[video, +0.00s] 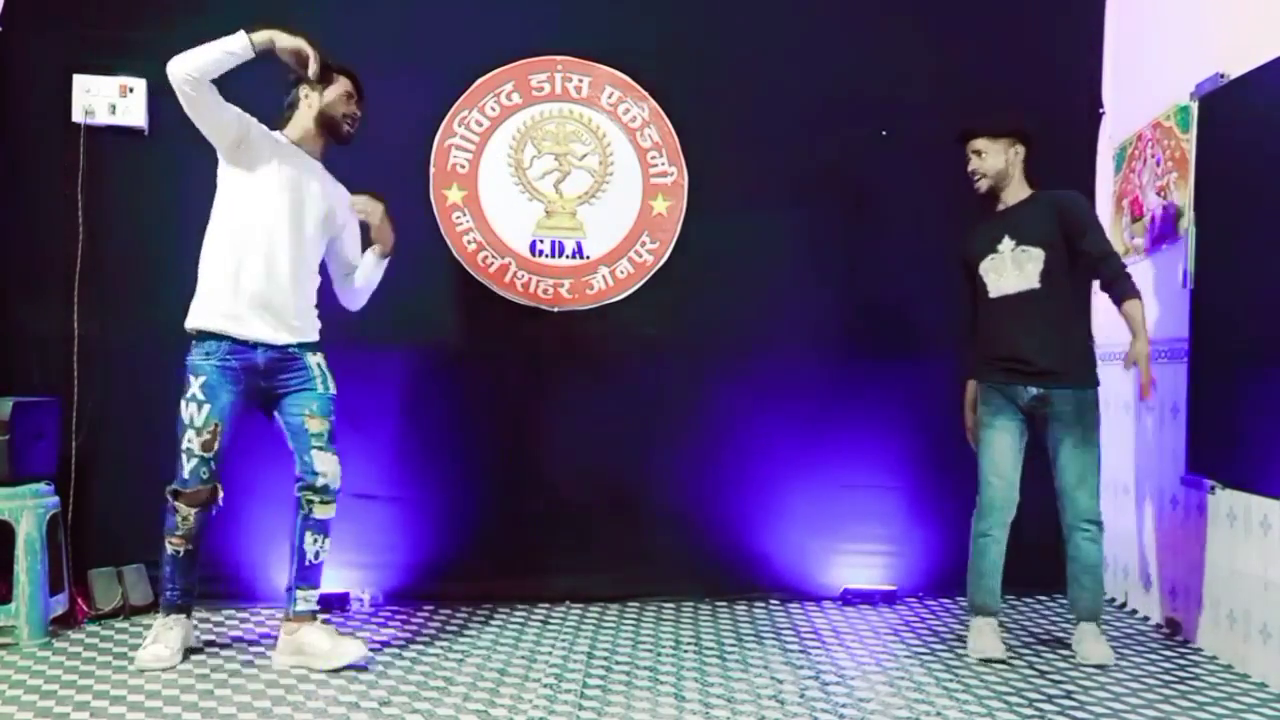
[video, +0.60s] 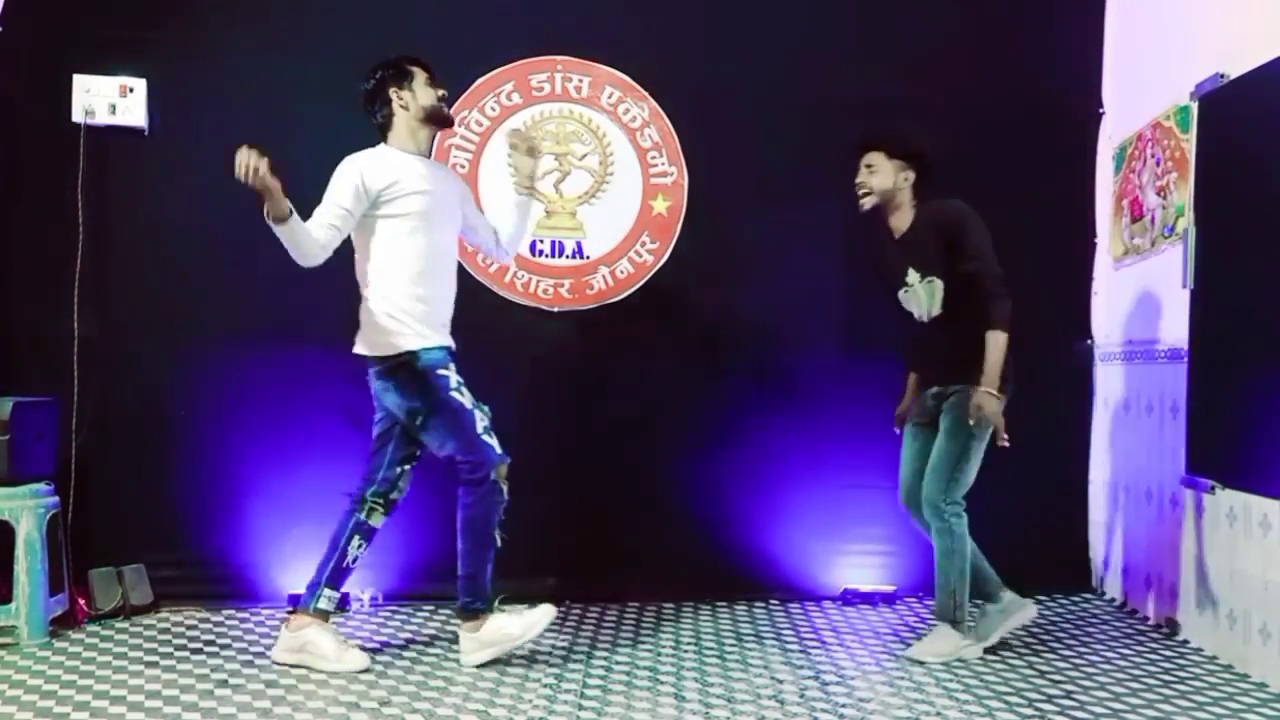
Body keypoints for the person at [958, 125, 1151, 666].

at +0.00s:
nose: (971, 166)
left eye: (980, 154)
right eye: (969, 157)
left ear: (1015, 153)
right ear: (979, 163)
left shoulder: (1064, 208)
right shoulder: (978, 235)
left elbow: (1111, 272)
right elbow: (975, 320)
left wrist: (1139, 335)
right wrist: (971, 391)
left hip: (1067, 381)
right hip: (998, 384)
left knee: (1080, 509)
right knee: (994, 504)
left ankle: (1087, 624)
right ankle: (983, 620)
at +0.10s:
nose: (981, 148)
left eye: (994, 140)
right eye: (981, 141)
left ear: (1025, 154)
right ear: (985, 154)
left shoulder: (1052, 205)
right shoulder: (975, 227)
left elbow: (1107, 263)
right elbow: (986, 313)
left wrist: (1139, 265)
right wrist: (956, 368)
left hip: (1064, 382)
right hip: (996, 382)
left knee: (1079, 507)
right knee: (985, 501)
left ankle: (1089, 623)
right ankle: (1000, 618)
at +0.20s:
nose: (981, 147)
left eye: (996, 145)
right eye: (985, 140)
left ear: (1019, 168)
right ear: (982, 157)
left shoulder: (1035, 211)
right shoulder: (964, 224)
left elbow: (1109, 270)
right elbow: (984, 302)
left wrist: (1106, 224)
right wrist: (943, 337)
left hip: (1054, 381)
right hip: (994, 380)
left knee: (1072, 506)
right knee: (975, 494)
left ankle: (1091, 623)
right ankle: (1016, 614)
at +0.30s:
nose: (962, 155)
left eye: (978, 154)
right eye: (967, 148)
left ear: (1001, 179)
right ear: (960, 172)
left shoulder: (1012, 219)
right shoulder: (952, 229)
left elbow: (1087, 281)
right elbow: (967, 301)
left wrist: (1040, 240)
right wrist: (923, 337)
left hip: (1040, 385)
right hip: (986, 386)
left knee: (1042, 504)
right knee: (974, 504)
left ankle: (1087, 616)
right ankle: (1015, 622)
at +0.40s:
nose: (930, 168)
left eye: (945, 165)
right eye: (931, 162)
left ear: (971, 186)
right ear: (924, 183)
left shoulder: (994, 230)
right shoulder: (934, 244)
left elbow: (1058, 300)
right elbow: (946, 314)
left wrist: (1005, 292)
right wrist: (903, 362)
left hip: (1024, 383)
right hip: (975, 386)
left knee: (985, 488)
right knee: (961, 499)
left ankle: (1052, 601)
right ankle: (1011, 616)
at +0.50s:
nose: (895, 176)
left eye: (908, 167)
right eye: (893, 168)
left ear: (939, 179)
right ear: (892, 184)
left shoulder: (978, 225)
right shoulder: (905, 255)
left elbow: (1031, 305)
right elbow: (926, 330)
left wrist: (986, 343)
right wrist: (905, 387)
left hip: (1005, 378)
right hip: (956, 384)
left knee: (956, 489)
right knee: (958, 495)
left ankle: (979, 621)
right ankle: (1016, 620)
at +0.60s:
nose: (861, 180)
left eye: (872, 169)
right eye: (860, 171)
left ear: (906, 175)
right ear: (873, 182)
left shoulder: (951, 219)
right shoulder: (892, 245)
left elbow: (996, 302)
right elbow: (926, 323)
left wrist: (990, 387)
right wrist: (912, 385)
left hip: (972, 385)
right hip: (929, 387)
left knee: (943, 499)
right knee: (915, 498)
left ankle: (954, 628)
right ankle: (1000, 601)